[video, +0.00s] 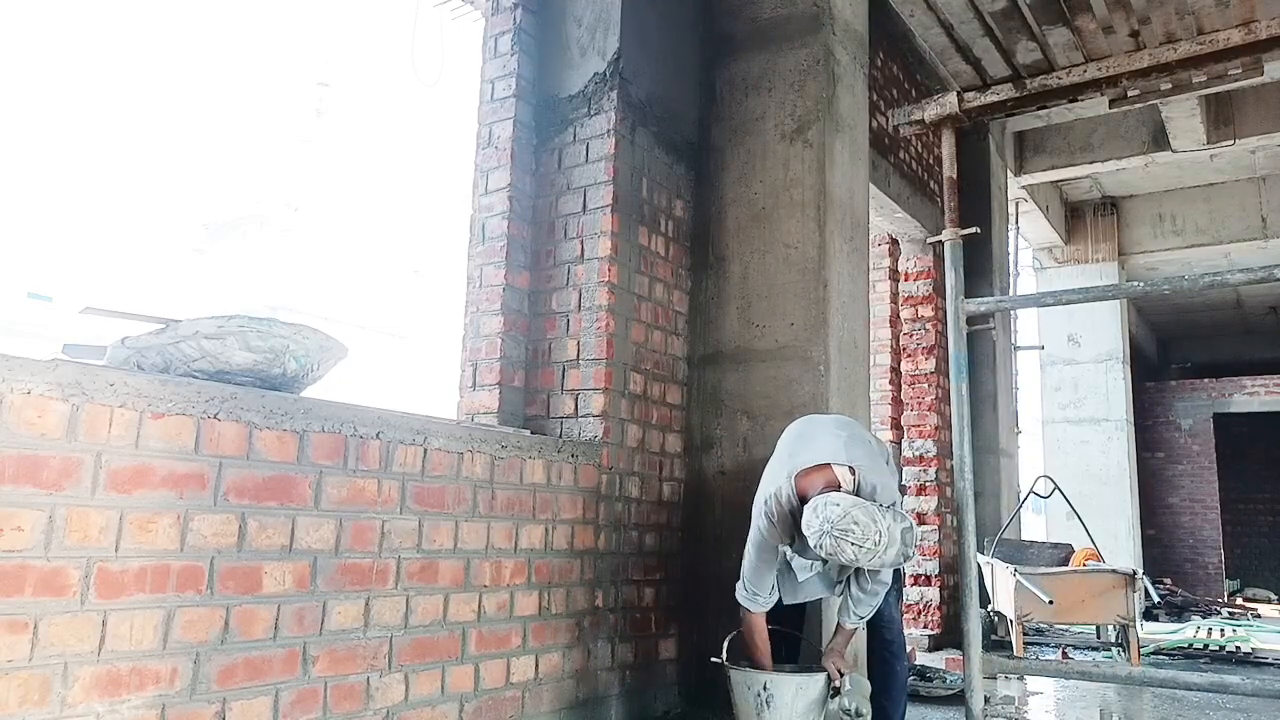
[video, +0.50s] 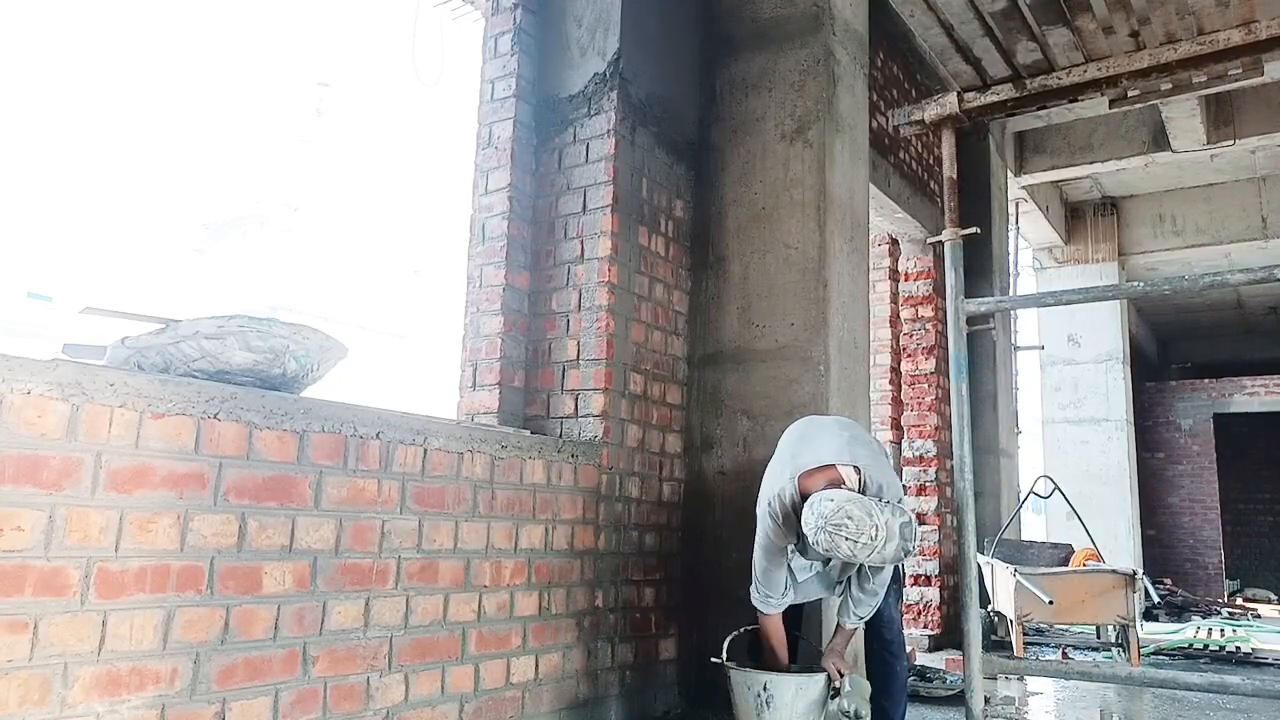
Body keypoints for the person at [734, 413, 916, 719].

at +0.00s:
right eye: (858, 561)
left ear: (873, 513)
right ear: (818, 538)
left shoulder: (883, 489)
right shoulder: (773, 503)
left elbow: (873, 581)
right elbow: (752, 605)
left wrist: (837, 649)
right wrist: (767, 691)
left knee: (886, 619)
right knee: (784, 610)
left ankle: (889, 713)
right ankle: (776, 707)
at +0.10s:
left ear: (876, 514)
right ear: (824, 541)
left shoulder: (883, 491)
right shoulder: (774, 505)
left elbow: (872, 583)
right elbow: (763, 602)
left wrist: (837, 650)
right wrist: (779, 684)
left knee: (885, 621)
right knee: (787, 611)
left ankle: (889, 713)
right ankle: (781, 705)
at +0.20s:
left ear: (876, 515)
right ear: (826, 544)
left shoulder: (881, 490)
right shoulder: (773, 506)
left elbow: (871, 583)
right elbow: (770, 603)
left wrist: (836, 650)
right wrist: (783, 687)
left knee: (885, 621)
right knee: (789, 610)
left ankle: (890, 713)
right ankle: (782, 705)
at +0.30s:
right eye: (863, 560)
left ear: (879, 513)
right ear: (825, 540)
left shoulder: (883, 490)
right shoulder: (774, 502)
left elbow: (872, 581)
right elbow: (749, 602)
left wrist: (837, 650)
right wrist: (767, 687)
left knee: (885, 621)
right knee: (784, 610)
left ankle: (889, 713)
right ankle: (777, 706)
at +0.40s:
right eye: (865, 561)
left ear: (881, 515)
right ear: (827, 540)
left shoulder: (885, 491)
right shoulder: (776, 506)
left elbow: (872, 582)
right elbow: (749, 602)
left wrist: (837, 650)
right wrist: (768, 684)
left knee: (885, 620)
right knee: (783, 609)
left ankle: (889, 713)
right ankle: (776, 705)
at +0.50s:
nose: (878, 560)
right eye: (870, 556)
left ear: (874, 511)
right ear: (825, 540)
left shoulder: (888, 495)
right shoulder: (776, 506)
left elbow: (869, 586)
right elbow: (768, 601)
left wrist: (836, 651)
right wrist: (782, 680)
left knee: (885, 621)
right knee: (788, 612)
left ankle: (890, 713)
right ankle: (781, 703)